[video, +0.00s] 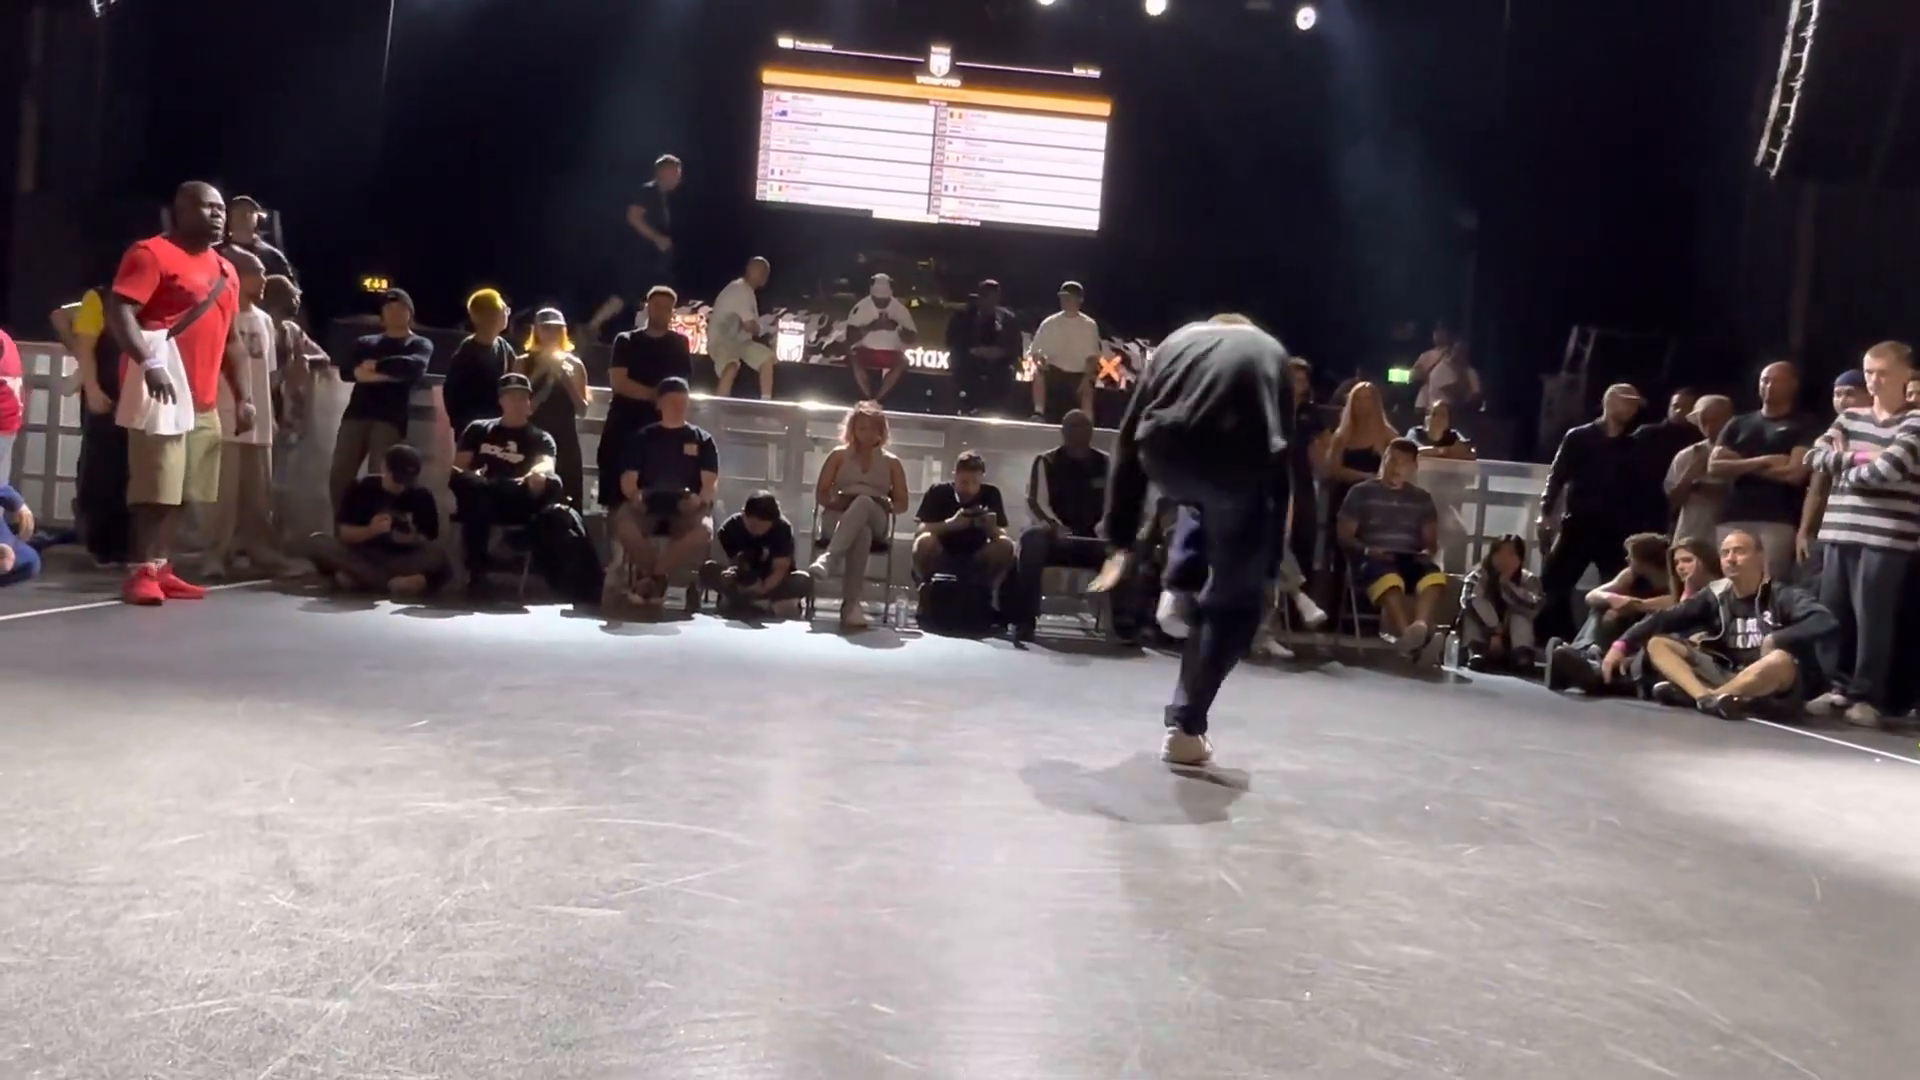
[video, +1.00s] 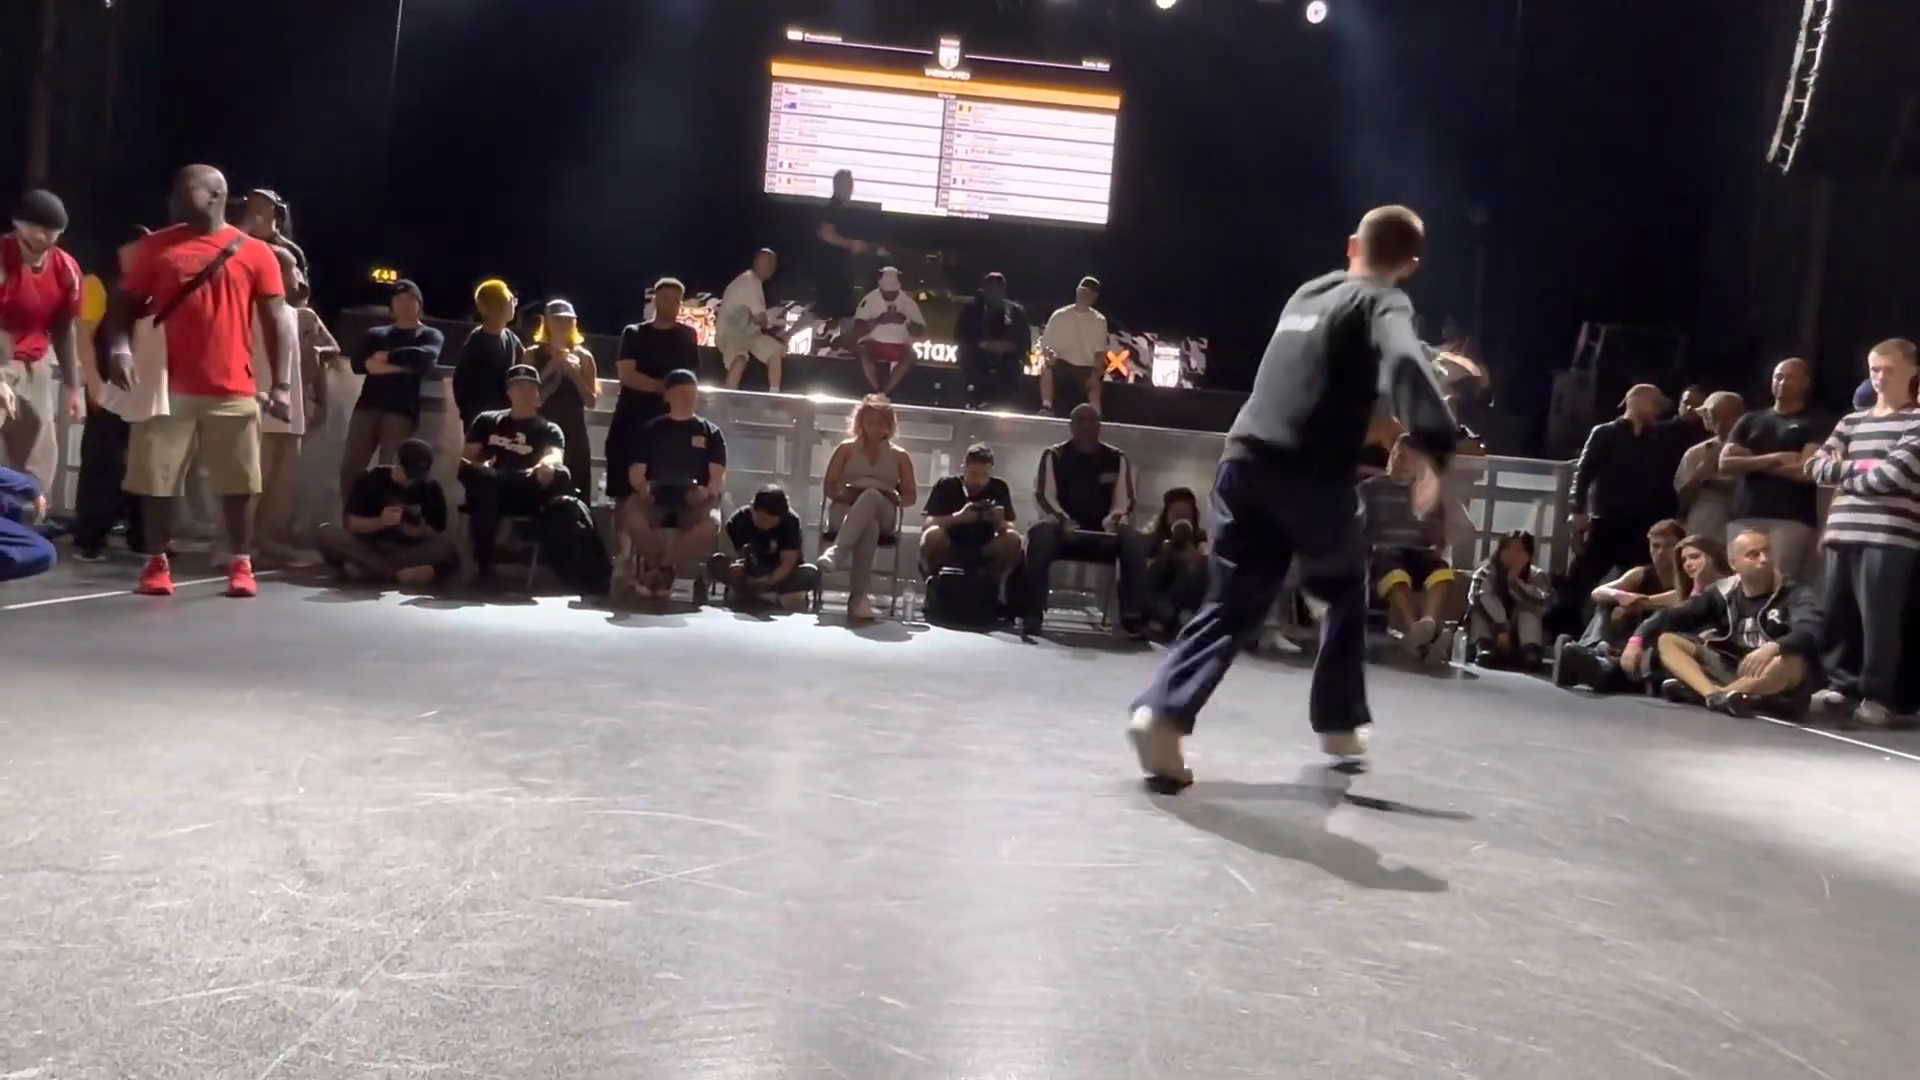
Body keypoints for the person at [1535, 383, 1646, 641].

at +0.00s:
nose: (1633, 407)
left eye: (1635, 402)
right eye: (1627, 400)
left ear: (1636, 408)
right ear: (1609, 404)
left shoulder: (1637, 447)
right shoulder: (1578, 438)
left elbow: (1645, 492)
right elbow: (1556, 478)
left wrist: (1645, 530)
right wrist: (1544, 513)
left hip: (1619, 528)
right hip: (1579, 525)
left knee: (1621, 591)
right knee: (1554, 581)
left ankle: (1617, 650)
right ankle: (1559, 640)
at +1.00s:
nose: (1658, 409)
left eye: (1658, 403)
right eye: (1653, 402)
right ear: (1637, 402)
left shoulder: (1663, 437)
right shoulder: (1604, 434)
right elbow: (1583, 473)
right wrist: (1578, 511)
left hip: (1648, 520)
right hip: (1608, 520)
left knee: (1643, 581)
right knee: (1583, 578)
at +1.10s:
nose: (1661, 409)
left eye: (1661, 403)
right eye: (1656, 402)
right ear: (1639, 402)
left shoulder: (1664, 436)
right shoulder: (1606, 433)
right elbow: (1584, 474)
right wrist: (1579, 510)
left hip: (1649, 522)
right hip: (1609, 521)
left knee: (1645, 584)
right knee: (1583, 578)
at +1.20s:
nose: (1663, 408)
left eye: (1663, 403)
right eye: (1658, 401)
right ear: (1640, 402)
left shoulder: (1666, 436)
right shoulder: (1607, 433)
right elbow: (1585, 474)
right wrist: (1580, 511)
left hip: (1650, 523)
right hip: (1609, 521)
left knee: (1643, 583)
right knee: (1586, 576)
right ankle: (1565, 628)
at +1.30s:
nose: (1664, 407)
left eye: (1663, 402)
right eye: (1659, 400)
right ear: (1640, 403)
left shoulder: (1667, 437)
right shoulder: (1607, 433)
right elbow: (1584, 472)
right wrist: (1579, 510)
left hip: (1649, 523)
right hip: (1608, 521)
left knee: (1642, 583)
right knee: (1583, 578)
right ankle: (1564, 630)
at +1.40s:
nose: (1665, 405)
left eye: (1663, 401)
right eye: (1658, 399)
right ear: (1640, 403)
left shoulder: (1665, 436)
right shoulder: (1609, 431)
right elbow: (1586, 470)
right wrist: (1580, 507)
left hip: (1647, 521)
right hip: (1606, 520)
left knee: (1639, 582)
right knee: (1582, 577)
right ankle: (1563, 629)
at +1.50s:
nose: (1662, 407)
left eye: (1660, 403)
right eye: (1657, 402)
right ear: (1638, 405)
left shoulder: (1661, 435)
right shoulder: (1611, 431)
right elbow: (1591, 468)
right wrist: (1587, 504)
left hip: (1646, 517)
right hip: (1609, 516)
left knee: (1639, 577)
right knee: (1587, 572)